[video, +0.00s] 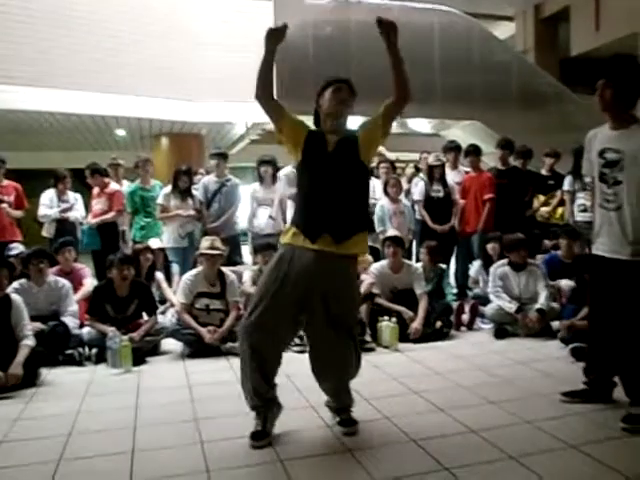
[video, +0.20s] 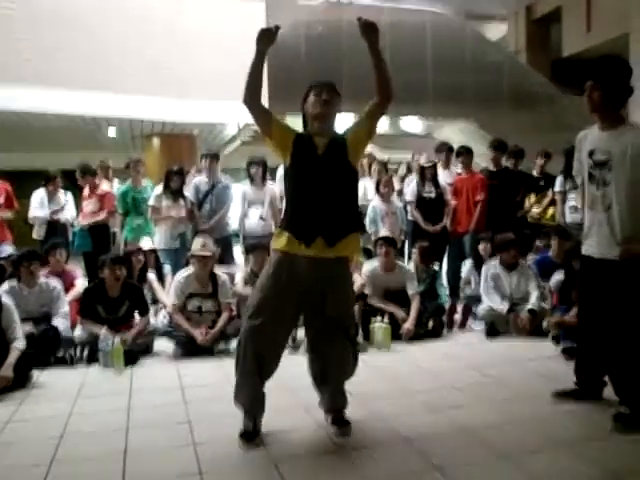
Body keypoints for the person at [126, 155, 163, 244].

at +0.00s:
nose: (146, 169)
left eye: (148, 166)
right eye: (142, 166)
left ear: (152, 168)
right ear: (137, 170)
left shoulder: (159, 187)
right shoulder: (132, 190)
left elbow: (163, 208)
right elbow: (129, 213)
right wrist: (127, 233)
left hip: (157, 230)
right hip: (139, 231)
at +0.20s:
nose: (137, 170)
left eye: (140, 166)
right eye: (134, 167)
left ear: (143, 169)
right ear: (129, 170)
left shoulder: (149, 188)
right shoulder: (123, 191)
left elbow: (154, 209)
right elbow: (120, 214)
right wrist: (118, 234)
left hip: (147, 228)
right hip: (130, 229)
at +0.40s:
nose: (135, 149)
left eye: (137, 145)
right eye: (132, 146)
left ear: (141, 148)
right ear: (127, 149)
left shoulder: (148, 166)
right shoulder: (121, 170)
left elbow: (152, 188)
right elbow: (119, 193)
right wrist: (118, 214)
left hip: (146, 209)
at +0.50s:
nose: (135, 149)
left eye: (137, 145)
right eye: (131, 146)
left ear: (141, 147)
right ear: (127, 149)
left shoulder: (149, 166)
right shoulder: (121, 170)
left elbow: (153, 188)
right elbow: (119, 193)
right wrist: (118, 215)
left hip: (147, 210)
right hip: (130, 211)